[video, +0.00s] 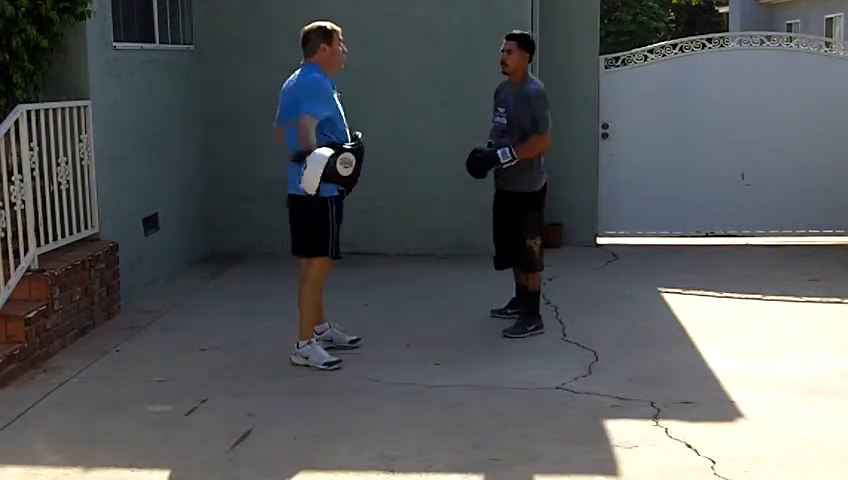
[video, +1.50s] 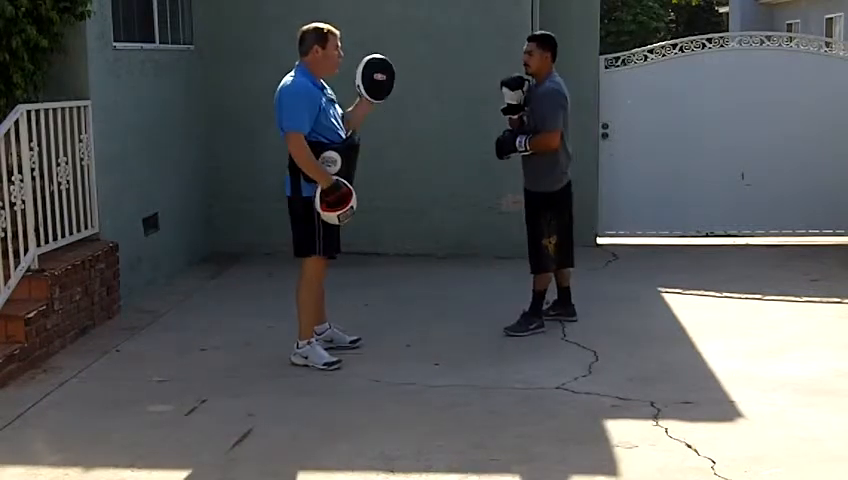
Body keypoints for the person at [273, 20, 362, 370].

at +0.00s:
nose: (345, 52)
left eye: (343, 46)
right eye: (341, 46)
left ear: (313, 50)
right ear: (325, 48)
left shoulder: (294, 82)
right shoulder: (316, 81)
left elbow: (282, 131)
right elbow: (306, 127)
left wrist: (303, 154)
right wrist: (317, 159)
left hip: (306, 190)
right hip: (318, 192)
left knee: (314, 261)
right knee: (319, 262)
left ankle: (318, 329)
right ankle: (305, 344)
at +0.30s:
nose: (340, 51)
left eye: (338, 45)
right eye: (336, 45)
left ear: (310, 51)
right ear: (318, 50)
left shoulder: (285, 87)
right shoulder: (326, 79)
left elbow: (272, 140)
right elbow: (372, 91)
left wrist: (313, 151)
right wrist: (423, 83)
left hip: (302, 188)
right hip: (322, 189)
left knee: (314, 261)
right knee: (321, 262)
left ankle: (318, 329)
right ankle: (304, 345)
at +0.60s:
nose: (341, 53)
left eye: (340, 47)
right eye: (337, 47)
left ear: (309, 52)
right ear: (320, 50)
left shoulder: (283, 88)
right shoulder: (332, 80)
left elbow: (270, 140)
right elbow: (387, 95)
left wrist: (306, 157)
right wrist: (413, 80)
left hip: (299, 189)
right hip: (323, 190)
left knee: (312, 260)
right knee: (321, 261)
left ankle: (319, 329)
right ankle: (306, 345)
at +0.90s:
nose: (342, 54)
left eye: (341, 48)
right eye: (338, 48)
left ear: (311, 53)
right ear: (320, 50)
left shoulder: (286, 86)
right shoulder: (326, 83)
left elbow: (275, 139)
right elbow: (357, 127)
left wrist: (310, 155)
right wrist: (389, 136)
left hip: (301, 187)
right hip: (322, 189)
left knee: (313, 261)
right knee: (320, 262)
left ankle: (320, 329)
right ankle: (305, 344)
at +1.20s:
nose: (344, 55)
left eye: (343, 48)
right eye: (339, 48)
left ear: (318, 52)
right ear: (319, 51)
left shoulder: (310, 83)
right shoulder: (310, 87)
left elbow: (322, 138)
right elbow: (318, 142)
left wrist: (350, 165)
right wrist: (353, 176)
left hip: (319, 186)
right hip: (312, 189)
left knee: (319, 260)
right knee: (315, 262)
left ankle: (319, 329)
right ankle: (304, 345)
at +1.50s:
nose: (341, 55)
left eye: (340, 49)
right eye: (336, 48)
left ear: (318, 52)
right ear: (317, 52)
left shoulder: (316, 85)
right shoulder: (297, 88)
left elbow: (341, 129)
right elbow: (296, 145)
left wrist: (367, 99)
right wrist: (326, 181)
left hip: (322, 187)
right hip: (307, 191)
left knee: (320, 260)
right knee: (314, 262)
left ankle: (319, 329)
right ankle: (304, 344)